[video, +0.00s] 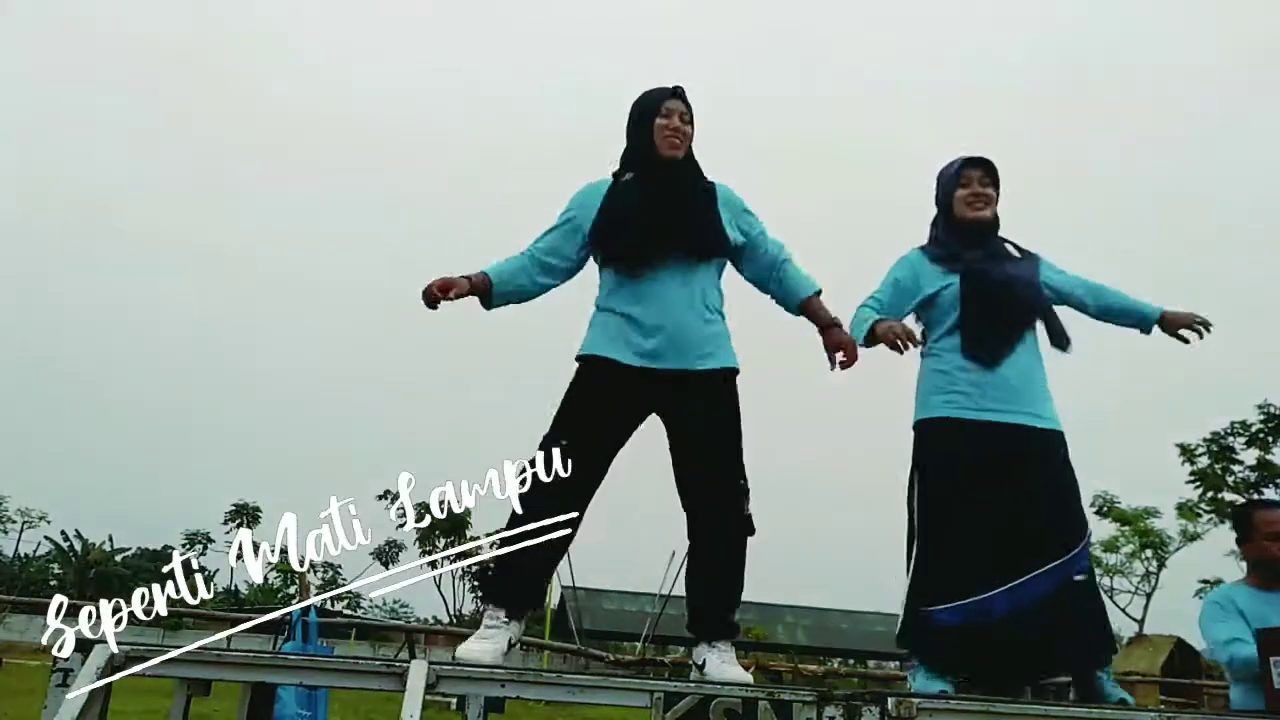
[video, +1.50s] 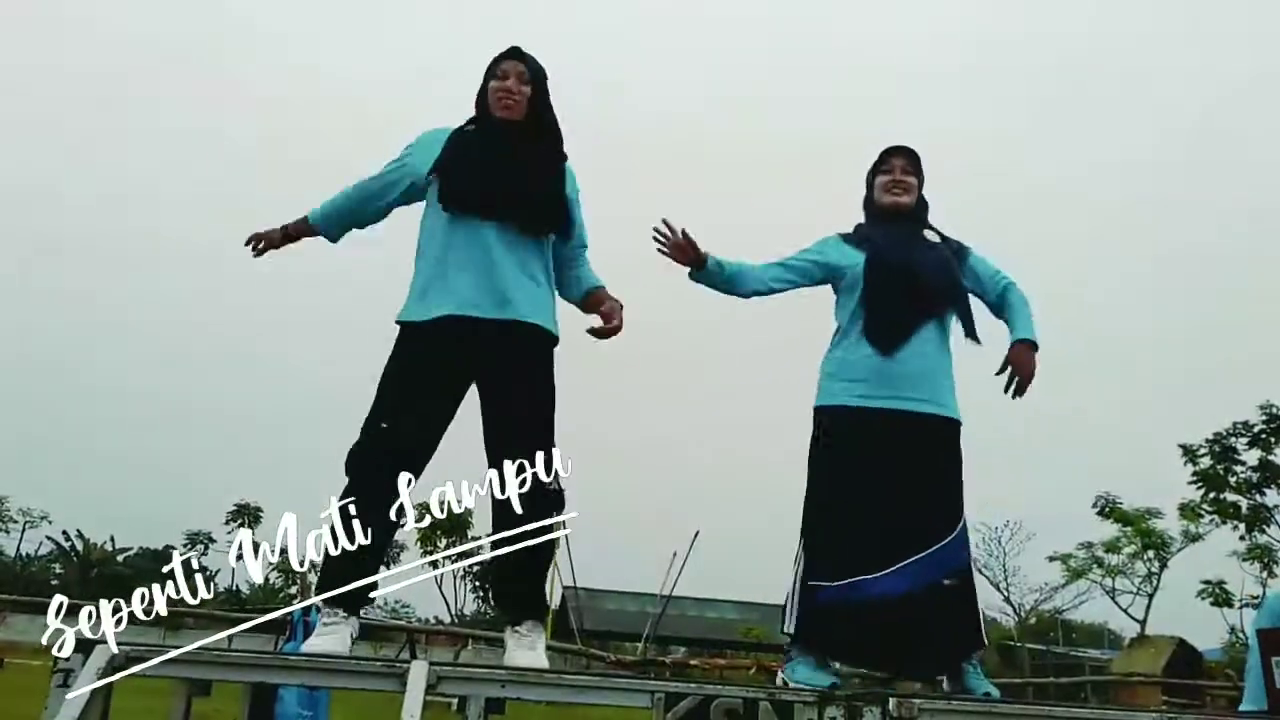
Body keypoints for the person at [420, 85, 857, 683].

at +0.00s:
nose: (675, 126)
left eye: (684, 119)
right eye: (663, 117)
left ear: (694, 133)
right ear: (639, 128)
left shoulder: (720, 202)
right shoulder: (604, 197)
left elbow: (772, 264)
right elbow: (545, 260)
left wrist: (826, 321)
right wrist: (472, 283)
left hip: (703, 369)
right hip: (615, 363)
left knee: (720, 507)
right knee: (555, 486)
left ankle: (715, 644)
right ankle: (502, 617)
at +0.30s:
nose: (670, 140)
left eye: (683, 133)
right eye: (662, 132)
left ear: (705, 143)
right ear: (650, 141)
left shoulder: (727, 210)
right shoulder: (622, 189)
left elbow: (751, 284)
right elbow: (619, 235)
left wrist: (760, 316)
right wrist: (721, 230)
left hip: (720, 368)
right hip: (640, 368)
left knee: (727, 504)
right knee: (640, 502)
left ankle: (713, 640)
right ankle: (659, 634)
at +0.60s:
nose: (643, 115)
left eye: (655, 106)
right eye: (635, 107)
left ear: (680, 117)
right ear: (625, 119)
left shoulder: (711, 189)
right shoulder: (600, 174)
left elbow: (739, 255)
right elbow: (507, 193)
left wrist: (745, 288)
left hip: (686, 346)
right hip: (599, 338)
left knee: (694, 491)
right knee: (540, 461)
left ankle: (709, 639)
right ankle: (529, 605)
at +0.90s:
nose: (571, 112)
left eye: (585, 104)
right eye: (563, 104)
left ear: (608, 116)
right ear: (551, 115)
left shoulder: (633, 186)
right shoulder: (519, 168)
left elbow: (672, 260)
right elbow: (449, 211)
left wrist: (668, 291)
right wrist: (515, 185)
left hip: (605, 337)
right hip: (518, 335)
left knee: (632, 481)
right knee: (480, 477)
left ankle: (648, 627)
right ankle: (475, 624)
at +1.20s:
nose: (519, 126)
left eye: (529, 116)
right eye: (514, 119)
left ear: (561, 119)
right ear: (511, 130)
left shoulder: (603, 186)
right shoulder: (504, 185)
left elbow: (655, 258)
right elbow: (476, 185)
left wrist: (624, 288)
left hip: (558, 333)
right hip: (477, 331)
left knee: (543, 478)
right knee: (413, 458)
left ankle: (525, 625)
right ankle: (460, 598)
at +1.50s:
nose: (509, 87)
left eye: (522, 81)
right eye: (501, 78)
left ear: (540, 98)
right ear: (484, 88)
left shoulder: (557, 172)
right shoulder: (444, 144)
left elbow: (571, 260)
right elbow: (377, 192)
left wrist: (600, 298)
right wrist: (301, 228)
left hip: (524, 328)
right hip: (438, 321)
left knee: (527, 473)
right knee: (383, 460)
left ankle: (525, 620)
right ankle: (340, 609)